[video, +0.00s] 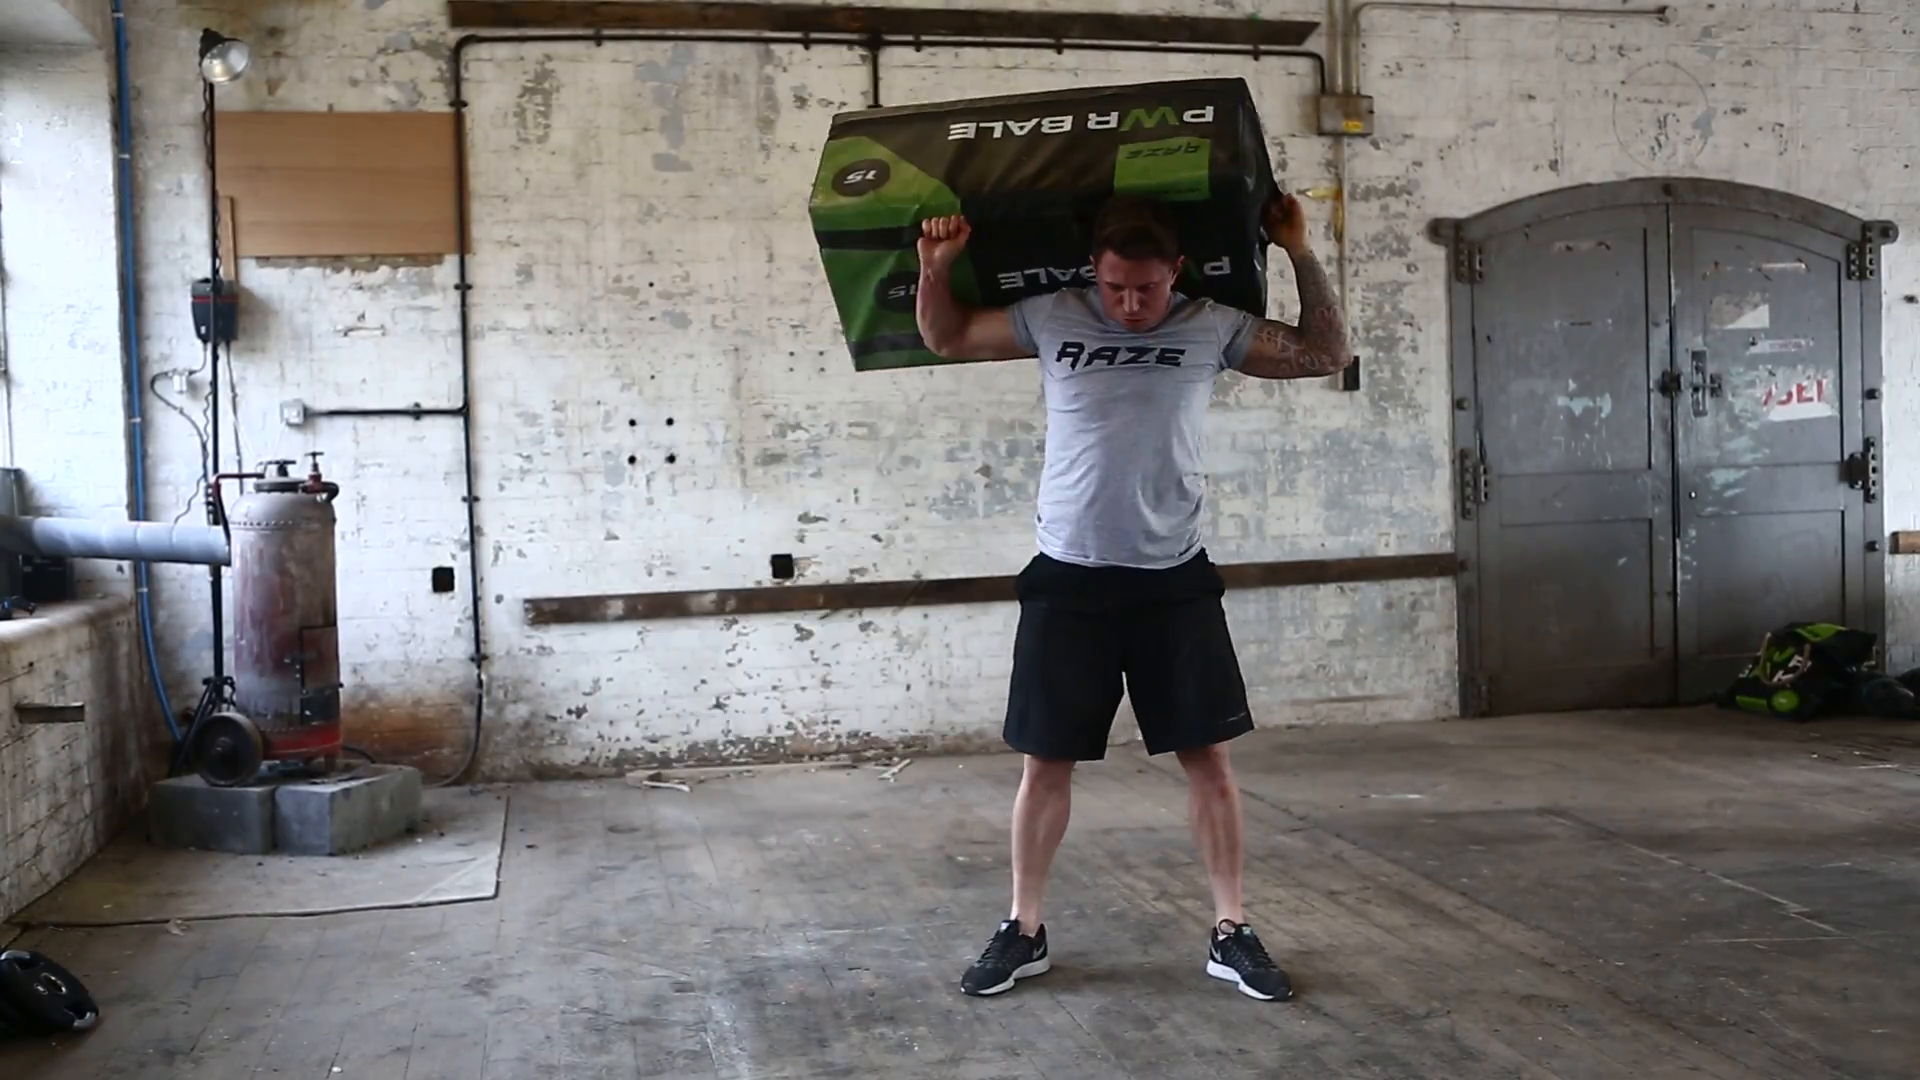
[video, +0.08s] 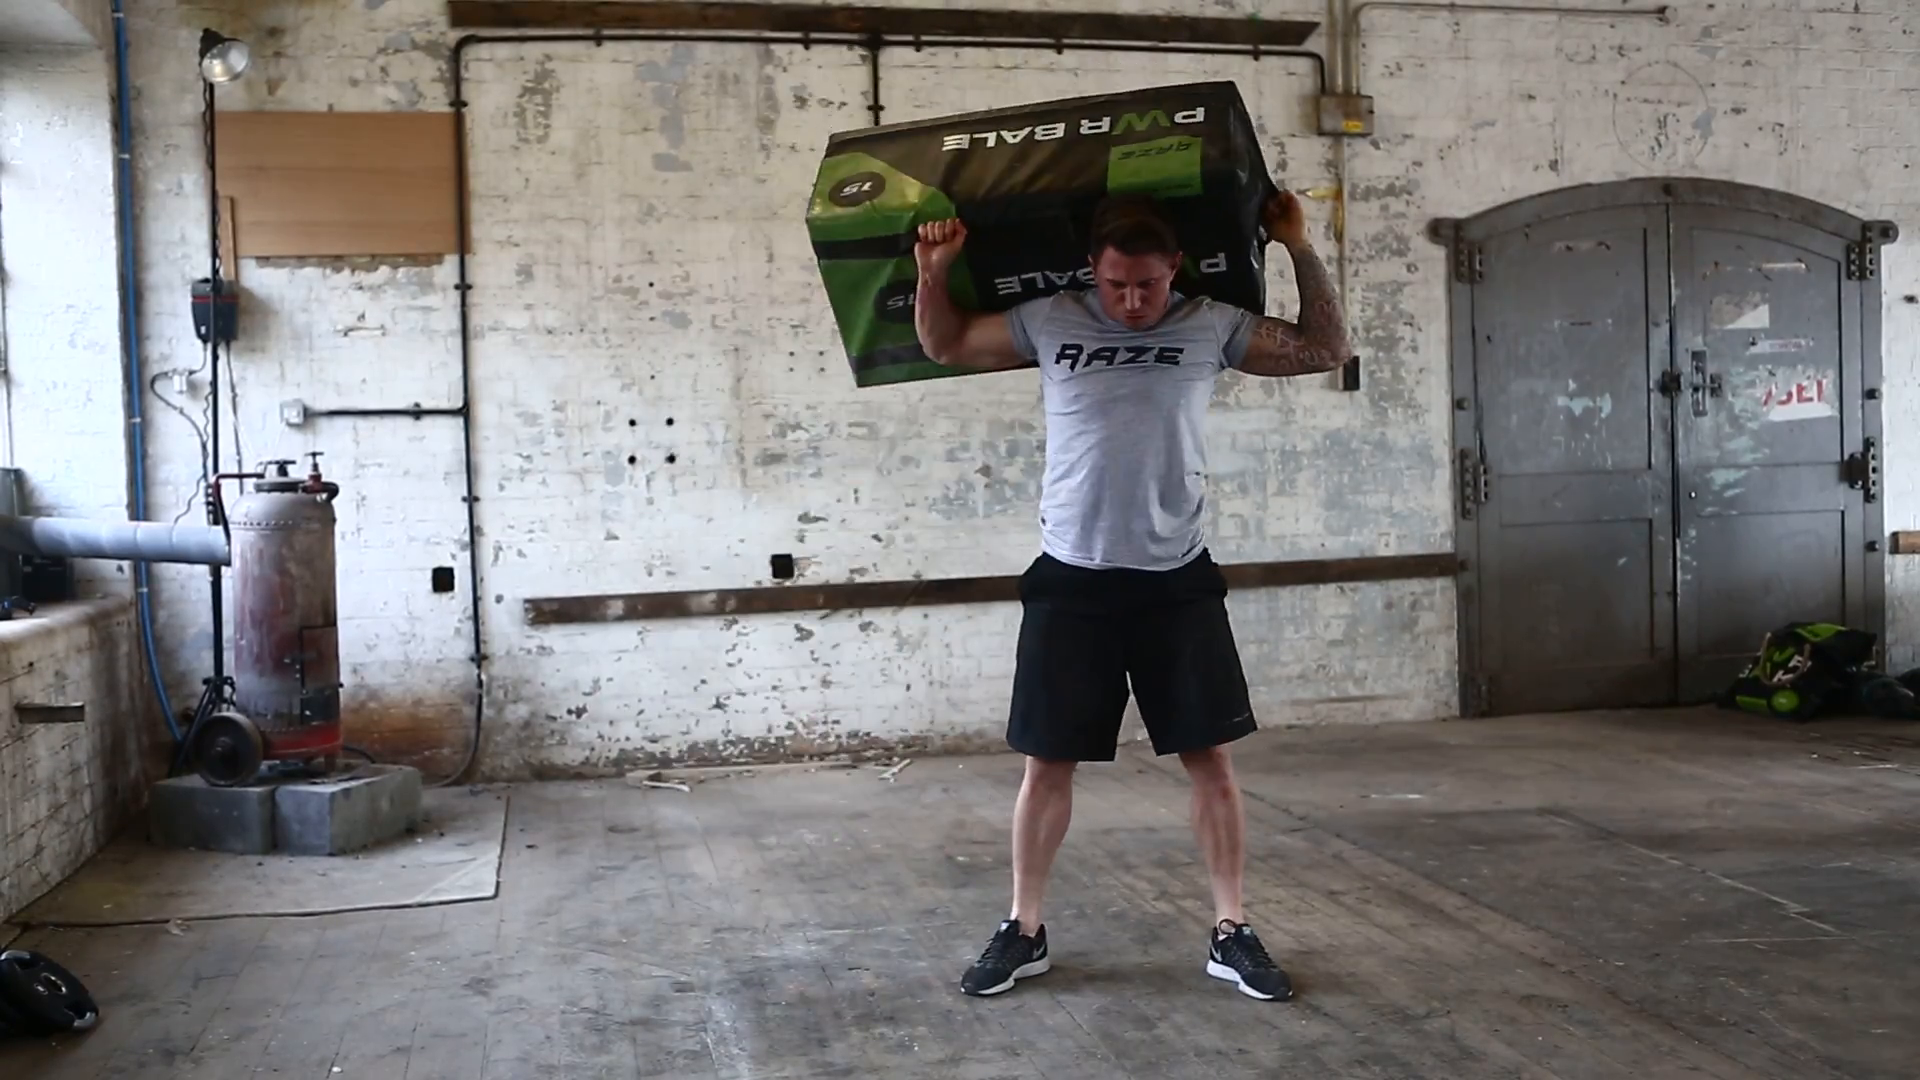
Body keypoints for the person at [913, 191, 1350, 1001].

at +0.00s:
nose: (1130, 303)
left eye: (1146, 287)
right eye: (1115, 286)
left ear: (1176, 272)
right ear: (1094, 270)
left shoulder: (1208, 327)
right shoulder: (1054, 317)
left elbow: (1325, 353)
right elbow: (946, 334)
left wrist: (1301, 249)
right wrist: (934, 267)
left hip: (1174, 581)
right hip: (1069, 580)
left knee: (1207, 758)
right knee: (1045, 763)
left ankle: (1232, 930)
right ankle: (1023, 927)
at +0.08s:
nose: (1133, 300)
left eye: (1148, 284)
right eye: (1117, 284)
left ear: (1174, 271)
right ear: (1094, 271)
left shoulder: (1207, 327)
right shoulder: (1052, 322)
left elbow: (1325, 348)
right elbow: (946, 343)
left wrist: (1300, 245)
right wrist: (932, 270)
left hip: (1177, 580)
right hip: (1072, 581)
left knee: (1209, 758)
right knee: (1048, 764)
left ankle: (1232, 929)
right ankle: (1023, 928)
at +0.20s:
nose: (1129, 300)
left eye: (1144, 284)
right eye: (1114, 284)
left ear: (1167, 272)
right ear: (1088, 272)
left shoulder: (1200, 328)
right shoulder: (1046, 322)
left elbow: (1321, 349)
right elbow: (939, 342)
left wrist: (1301, 246)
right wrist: (932, 267)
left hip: (1171, 581)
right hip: (1066, 581)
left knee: (1204, 759)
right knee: (1043, 764)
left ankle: (1232, 927)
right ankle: (1022, 928)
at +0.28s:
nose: (1126, 301)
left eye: (1141, 285)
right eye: (1110, 285)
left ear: (1164, 271)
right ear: (1084, 270)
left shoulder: (1197, 328)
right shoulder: (1043, 321)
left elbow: (1316, 353)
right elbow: (935, 341)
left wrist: (1302, 249)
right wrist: (932, 267)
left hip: (1167, 581)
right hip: (1061, 581)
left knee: (1202, 758)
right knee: (1040, 765)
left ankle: (1231, 925)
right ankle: (1023, 927)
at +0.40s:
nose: (1120, 301)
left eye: (1136, 285)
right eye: (1105, 285)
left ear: (1162, 273)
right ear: (1082, 272)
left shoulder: (1196, 331)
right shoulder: (1042, 320)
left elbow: (1314, 358)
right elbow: (933, 338)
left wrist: (1302, 253)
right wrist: (932, 267)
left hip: (1163, 582)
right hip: (1058, 582)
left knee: (1200, 759)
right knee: (1038, 766)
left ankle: (1232, 927)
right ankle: (1022, 928)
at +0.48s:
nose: (1120, 300)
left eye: (1136, 285)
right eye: (1106, 284)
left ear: (1163, 272)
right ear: (1083, 271)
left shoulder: (1196, 331)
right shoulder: (1042, 320)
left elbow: (1314, 359)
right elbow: (933, 337)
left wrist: (1303, 254)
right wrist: (933, 264)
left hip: (1164, 582)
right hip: (1058, 582)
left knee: (1199, 759)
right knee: (1038, 766)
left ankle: (1232, 927)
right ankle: (1022, 927)